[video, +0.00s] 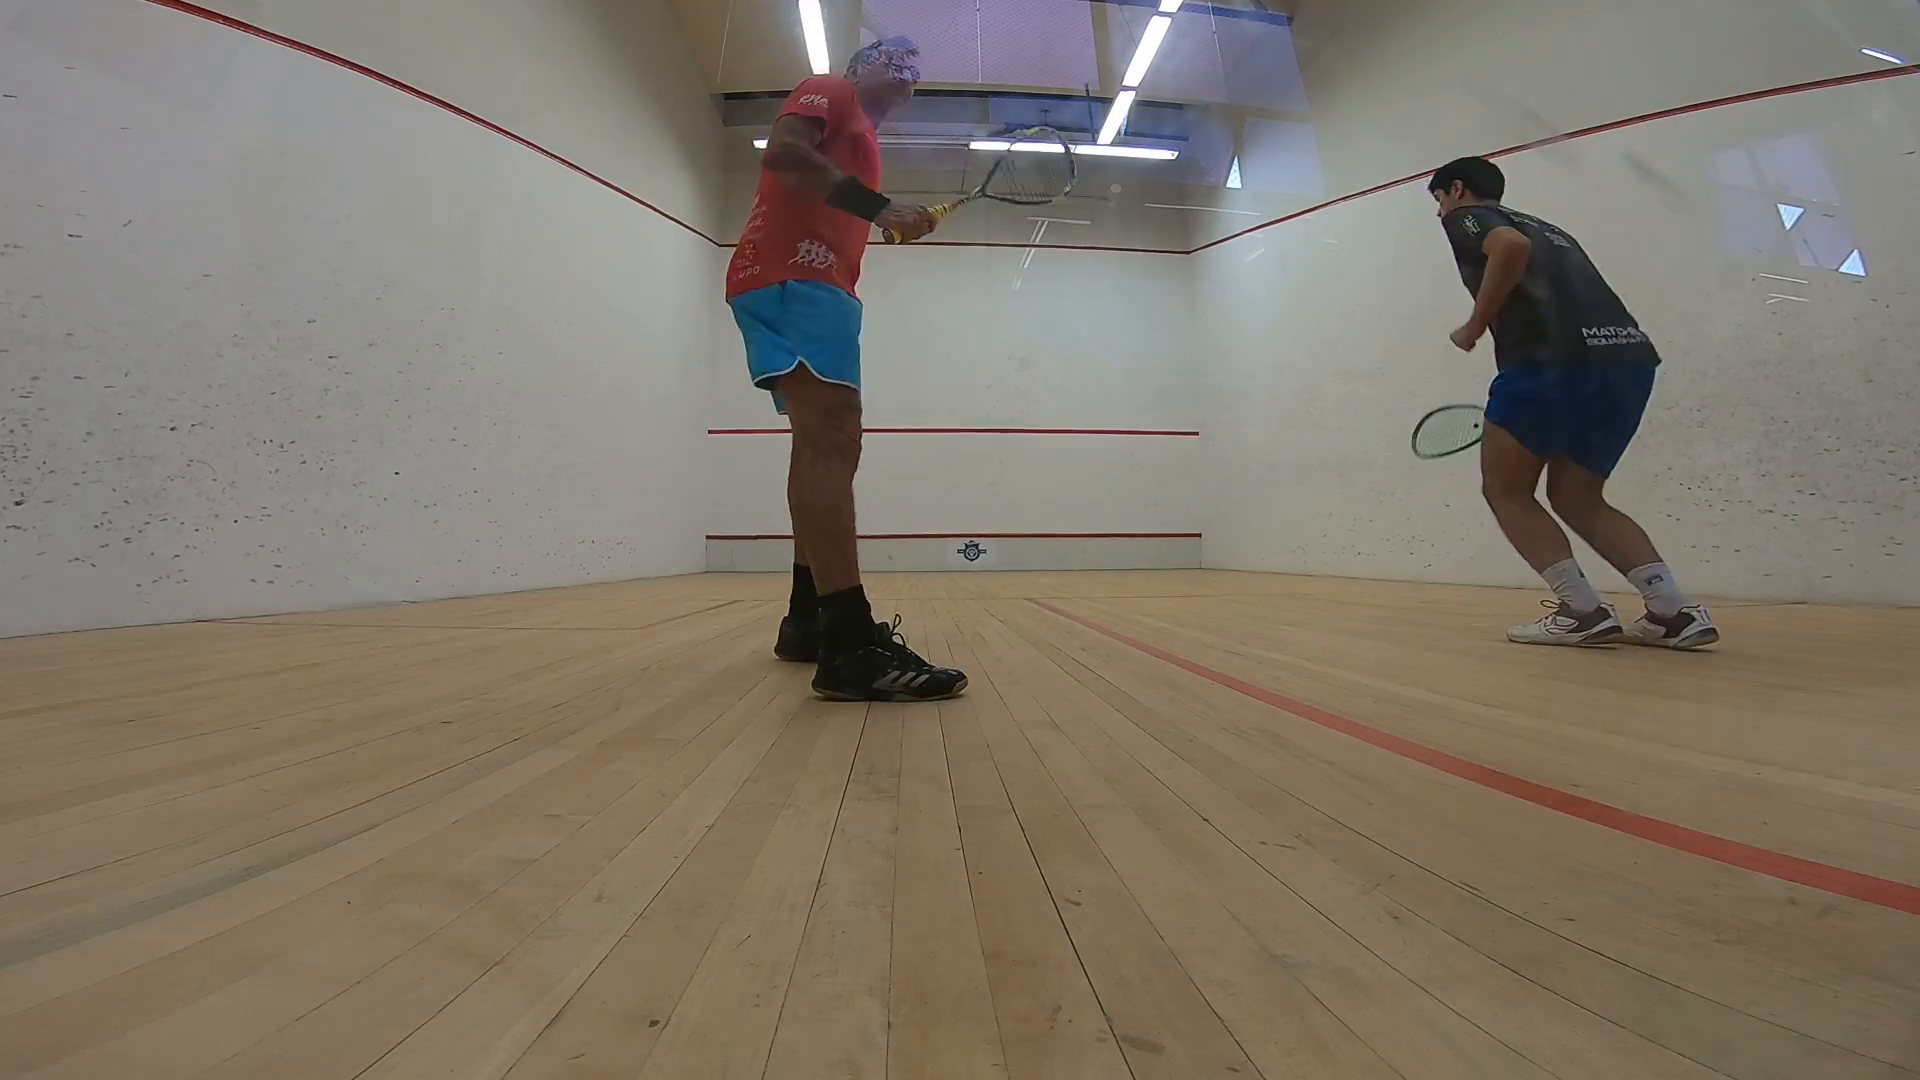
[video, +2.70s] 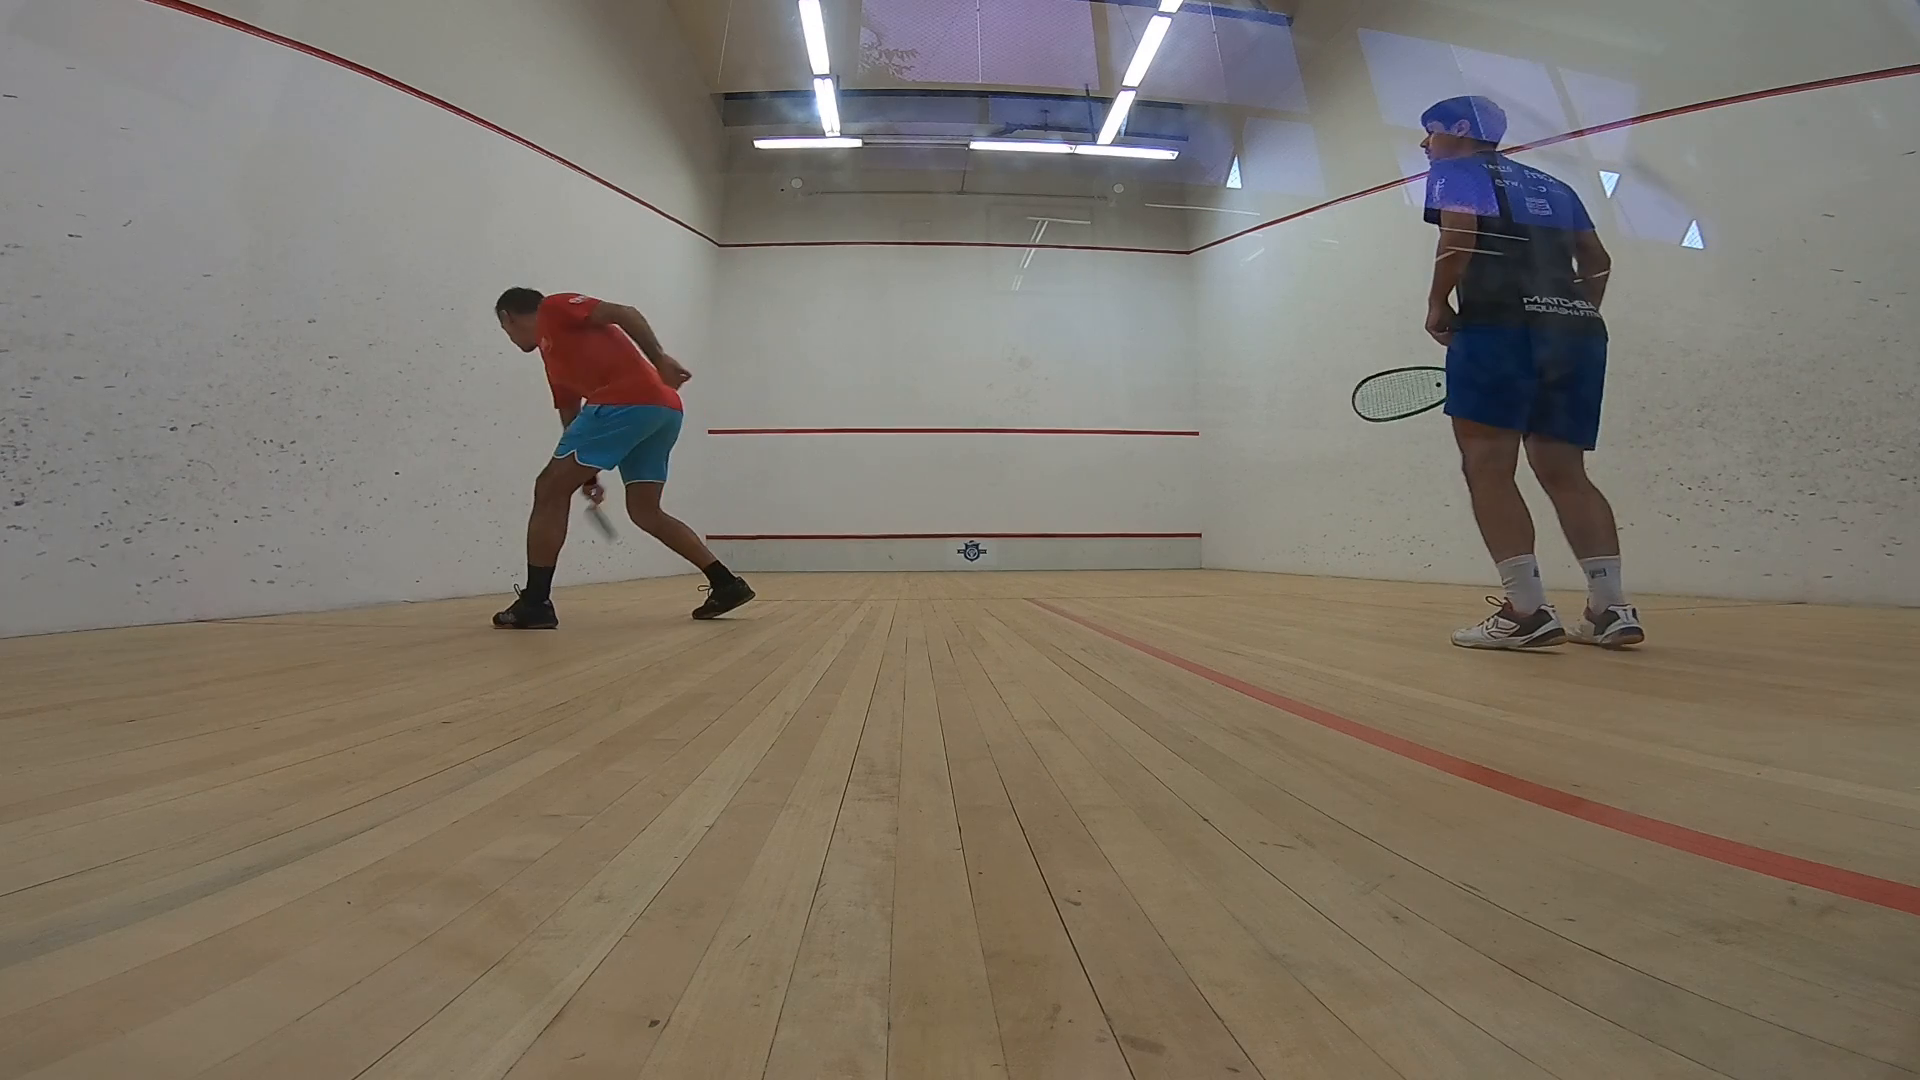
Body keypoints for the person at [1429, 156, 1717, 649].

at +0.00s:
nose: (1438, 209)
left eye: (1439, 198)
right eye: (1436, 201)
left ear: (1458, 190)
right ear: (1493, 191)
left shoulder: (1465, 216)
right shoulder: (1540, 227)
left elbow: (1509, 243)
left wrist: (1475, 324)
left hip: (1552, 359)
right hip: (1628, 355)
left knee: (1506, 489)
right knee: (1575, 495)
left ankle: (1582, 609)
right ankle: (1672, 610)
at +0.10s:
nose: (1436, 176)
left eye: (1437, 167)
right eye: (1435, 168)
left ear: (1457, 158)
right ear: (1492, 161)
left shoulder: (1461, 182)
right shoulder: (1547, 201)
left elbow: (1491, 210)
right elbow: (1610, 269)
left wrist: (1458, 275)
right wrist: (1577, 333)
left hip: (1534, 340)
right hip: (1607, 338)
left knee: (1522, 472)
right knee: (1583, 467)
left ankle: (1579, 605)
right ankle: (1663, 590)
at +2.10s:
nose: (1436, 144)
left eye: (1445, 134)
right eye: (1437, 136)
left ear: (1480, 136)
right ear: (1494, 141)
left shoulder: (1471, 169)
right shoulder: (1552, 190)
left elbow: (1496, 227)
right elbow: (1608, 263)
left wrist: (1472, 315)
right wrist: (1584, 331)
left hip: (1523, 336)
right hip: (1595, 339)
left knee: (1502, 466)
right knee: (1590, 467)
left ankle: (1530, 614)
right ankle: (1657, 611)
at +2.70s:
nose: (1425, 143)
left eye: (1431, 133)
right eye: (1427, 134)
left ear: (1460, 132)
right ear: (1484, 137)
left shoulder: (1455, 169)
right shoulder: (1552, 185)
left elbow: (1459, 231)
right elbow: (1597, 263)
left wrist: (1438, 300)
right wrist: (1571, 328)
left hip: (1497, 331)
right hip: (1576, 336)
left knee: (1488, 468)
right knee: (1562, 467)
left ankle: (1527, 610)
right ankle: (1611, 606)